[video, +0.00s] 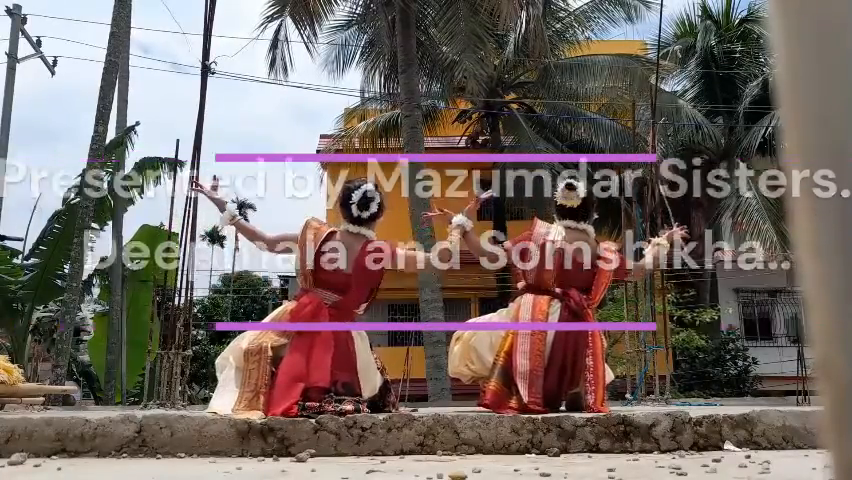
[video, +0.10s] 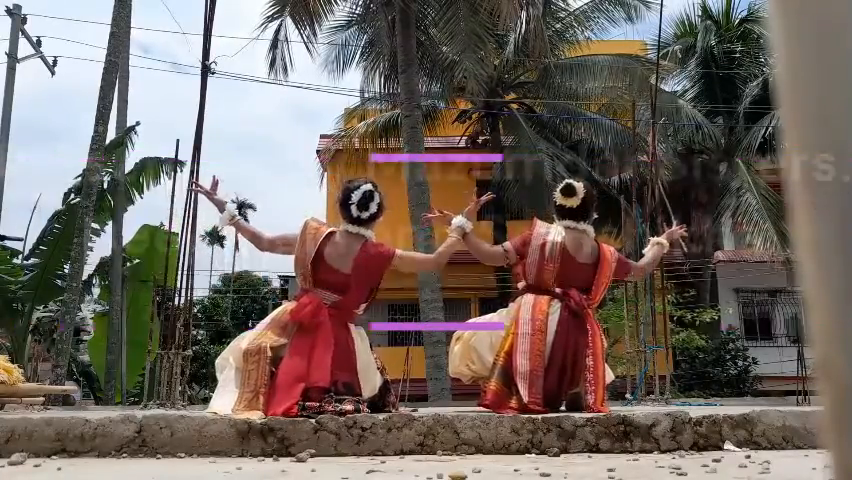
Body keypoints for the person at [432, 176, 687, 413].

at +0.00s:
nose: (571, 212)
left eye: (566, 205)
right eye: (576, 207)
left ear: (555, 207)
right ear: (588, 211)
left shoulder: (537, 235)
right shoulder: (595, 246)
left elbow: (492, 256)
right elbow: (636, 269)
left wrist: (464, 229)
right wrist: (662, 242)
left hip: (531, 314)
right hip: (576, 321)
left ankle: (522, 399)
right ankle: (578, 397)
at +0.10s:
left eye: (559, 203)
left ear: (556, 208)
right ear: (591, 212)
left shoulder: (538, 234)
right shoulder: (602, 253)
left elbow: (493, 256)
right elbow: (639, 270)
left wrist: (462, 228)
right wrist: (661, 244)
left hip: (531, 324)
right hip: (577, 330)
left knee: (530, 401)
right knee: (573, 402)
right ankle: (576, 393)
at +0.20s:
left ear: (557, 208)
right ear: (590, 213)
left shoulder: (539, 236)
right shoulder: (602, 253)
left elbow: (494, 257)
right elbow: (640, 270)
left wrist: (462, 233)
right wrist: (662, 242)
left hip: (528, 322)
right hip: (576, 328)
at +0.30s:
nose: (560, 210)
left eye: (557, 204)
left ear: (554, 208)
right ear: (588, 212)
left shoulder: (536, 236)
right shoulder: (599, 253)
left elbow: (491, 257)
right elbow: (638, 274)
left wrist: (460, 234)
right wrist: (658, 247)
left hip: (529, 323)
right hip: (576, 330)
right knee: (574, 405)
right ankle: (574, 396)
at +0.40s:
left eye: (554, 205)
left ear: (552, 209)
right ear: (586, 213)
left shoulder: (533, 236)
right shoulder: (598, 254)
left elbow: (490, 258)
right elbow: (636, 276)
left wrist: (458, 236)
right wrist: (660, 250)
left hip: (527, 324)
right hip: (575, 331)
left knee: (471, 338)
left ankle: (514, 396)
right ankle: (576, 396)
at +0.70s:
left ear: (538, 208)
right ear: (574, 212)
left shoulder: (516, 241)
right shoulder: (588, 253)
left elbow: (473, 265)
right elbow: (628, 281)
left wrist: (442, 250)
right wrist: (655, 267)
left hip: (518, 331)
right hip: (569, 334)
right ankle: (573, 400)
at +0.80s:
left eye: (534, 207)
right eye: (558, 207)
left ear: (531, 210)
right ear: (566, 212)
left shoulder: (510, 242)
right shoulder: (585, 251)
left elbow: (469, 267)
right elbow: (623, 282)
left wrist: (434, 254)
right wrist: (653, 268)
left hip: (517, 334)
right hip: (569, 336)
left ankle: (510, 398)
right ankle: (569, 397)